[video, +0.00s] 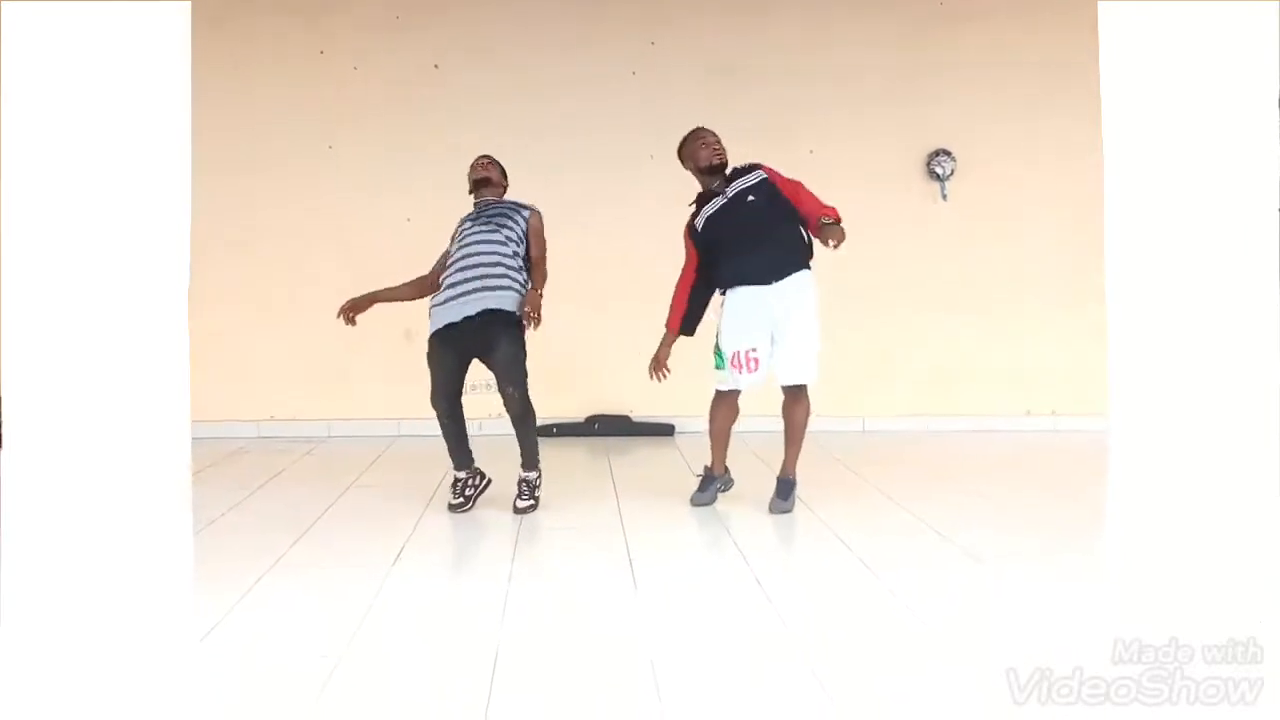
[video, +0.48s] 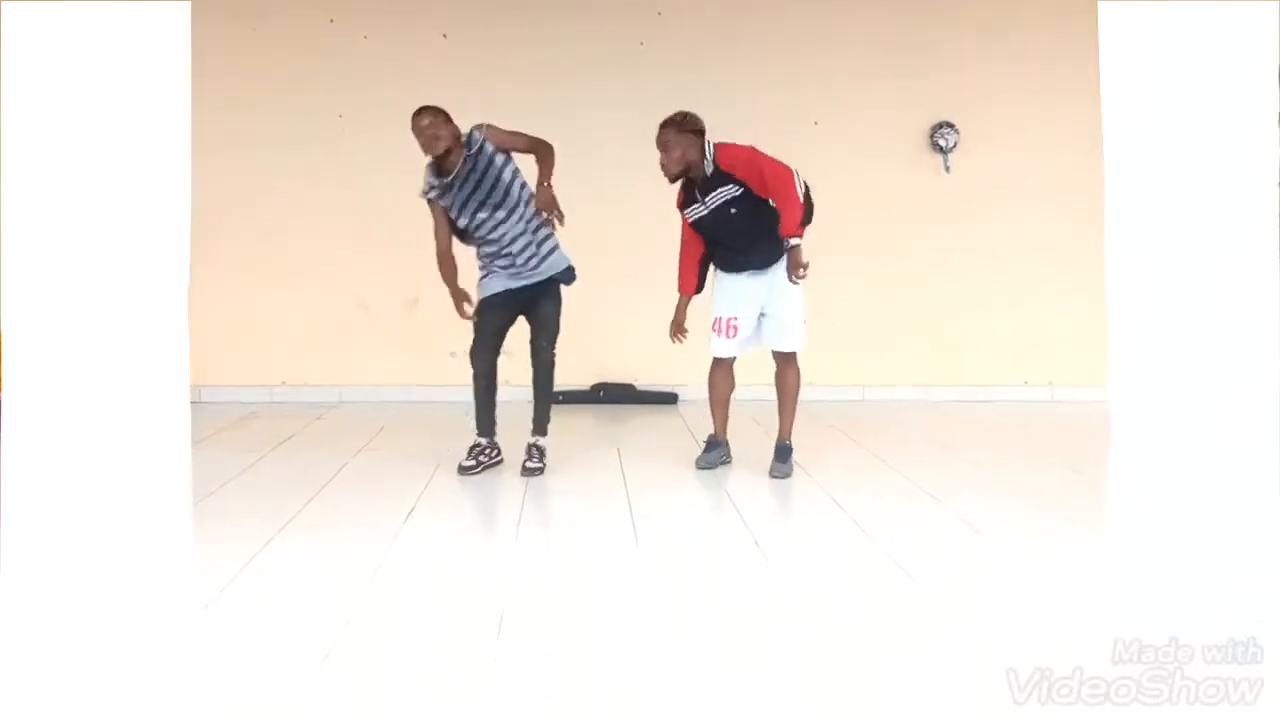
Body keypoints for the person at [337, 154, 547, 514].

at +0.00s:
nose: (481, 164)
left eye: (489, 163)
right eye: (475, 165)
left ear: (505, 182)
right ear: (469, 188)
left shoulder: (524, 212)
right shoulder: (463, 227)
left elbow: (537, 258)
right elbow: (431, 281)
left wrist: (536, 291)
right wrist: (372, 297)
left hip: (499, 311)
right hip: (449, 317)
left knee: (514, 392)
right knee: (443, 398)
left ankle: (530, 470)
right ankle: (467, 474)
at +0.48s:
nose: (428, 138)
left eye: (433, 128)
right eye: (420, 134)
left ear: (453, 125)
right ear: (418, 143)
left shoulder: (484, 138)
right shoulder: (436, 188)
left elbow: (543, 148)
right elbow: (443, 248)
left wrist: (544, 187)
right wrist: (453, 288)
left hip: (541, 265)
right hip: (498, 275)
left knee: (543, 354)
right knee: (482, 354)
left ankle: (538, 441)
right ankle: (486, 442)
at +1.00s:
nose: (487, 134)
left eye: (495, 126)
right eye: (479, 125)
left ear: (506, 126)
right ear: (466, 124)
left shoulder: (522, 156)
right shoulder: (444, 160)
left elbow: (550, 208)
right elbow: (419, 206)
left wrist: (543, 266)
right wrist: (402, 259)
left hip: (514, 279)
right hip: (464, 283)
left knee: (529, 358)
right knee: (440, 354)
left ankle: (527, 449)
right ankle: (457, 439)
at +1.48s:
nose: (497, 349)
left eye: (506, 342)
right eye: (490, 340)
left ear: (519, 335)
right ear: (480, 331)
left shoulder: (533, 351)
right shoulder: (463, 340)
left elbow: (574, 386)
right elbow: (429, 351)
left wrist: (523, 419)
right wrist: (396, 396)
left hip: (518, 433)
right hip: (474, 431)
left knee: (554, 440)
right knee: (417, 429)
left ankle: (534, 494)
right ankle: (458, 487)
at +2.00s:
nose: (504, 271)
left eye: (513, 264)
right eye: (498, 262)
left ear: (527, 262)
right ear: (488, 257)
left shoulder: (541, 296)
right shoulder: (466, 281)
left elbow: (564, 347)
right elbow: (435, 308)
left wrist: (511, 364)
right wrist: (420, 363)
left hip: (523, 378)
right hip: (480, 385)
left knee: (537, 401)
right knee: (443, 442)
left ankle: (569, 464)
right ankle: (497, 499)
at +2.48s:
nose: (486, 346)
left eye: (495, 339)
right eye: (481, 338)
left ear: (510, 339)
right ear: (474, 335)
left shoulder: (531, 361)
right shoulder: (457, 363)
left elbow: (590, 371)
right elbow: (414, 390)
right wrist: (373, 421)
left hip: (523, 449)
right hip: (476, 446)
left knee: (556, 473)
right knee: (421, 448)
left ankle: (537, 504)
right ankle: (457, 503)